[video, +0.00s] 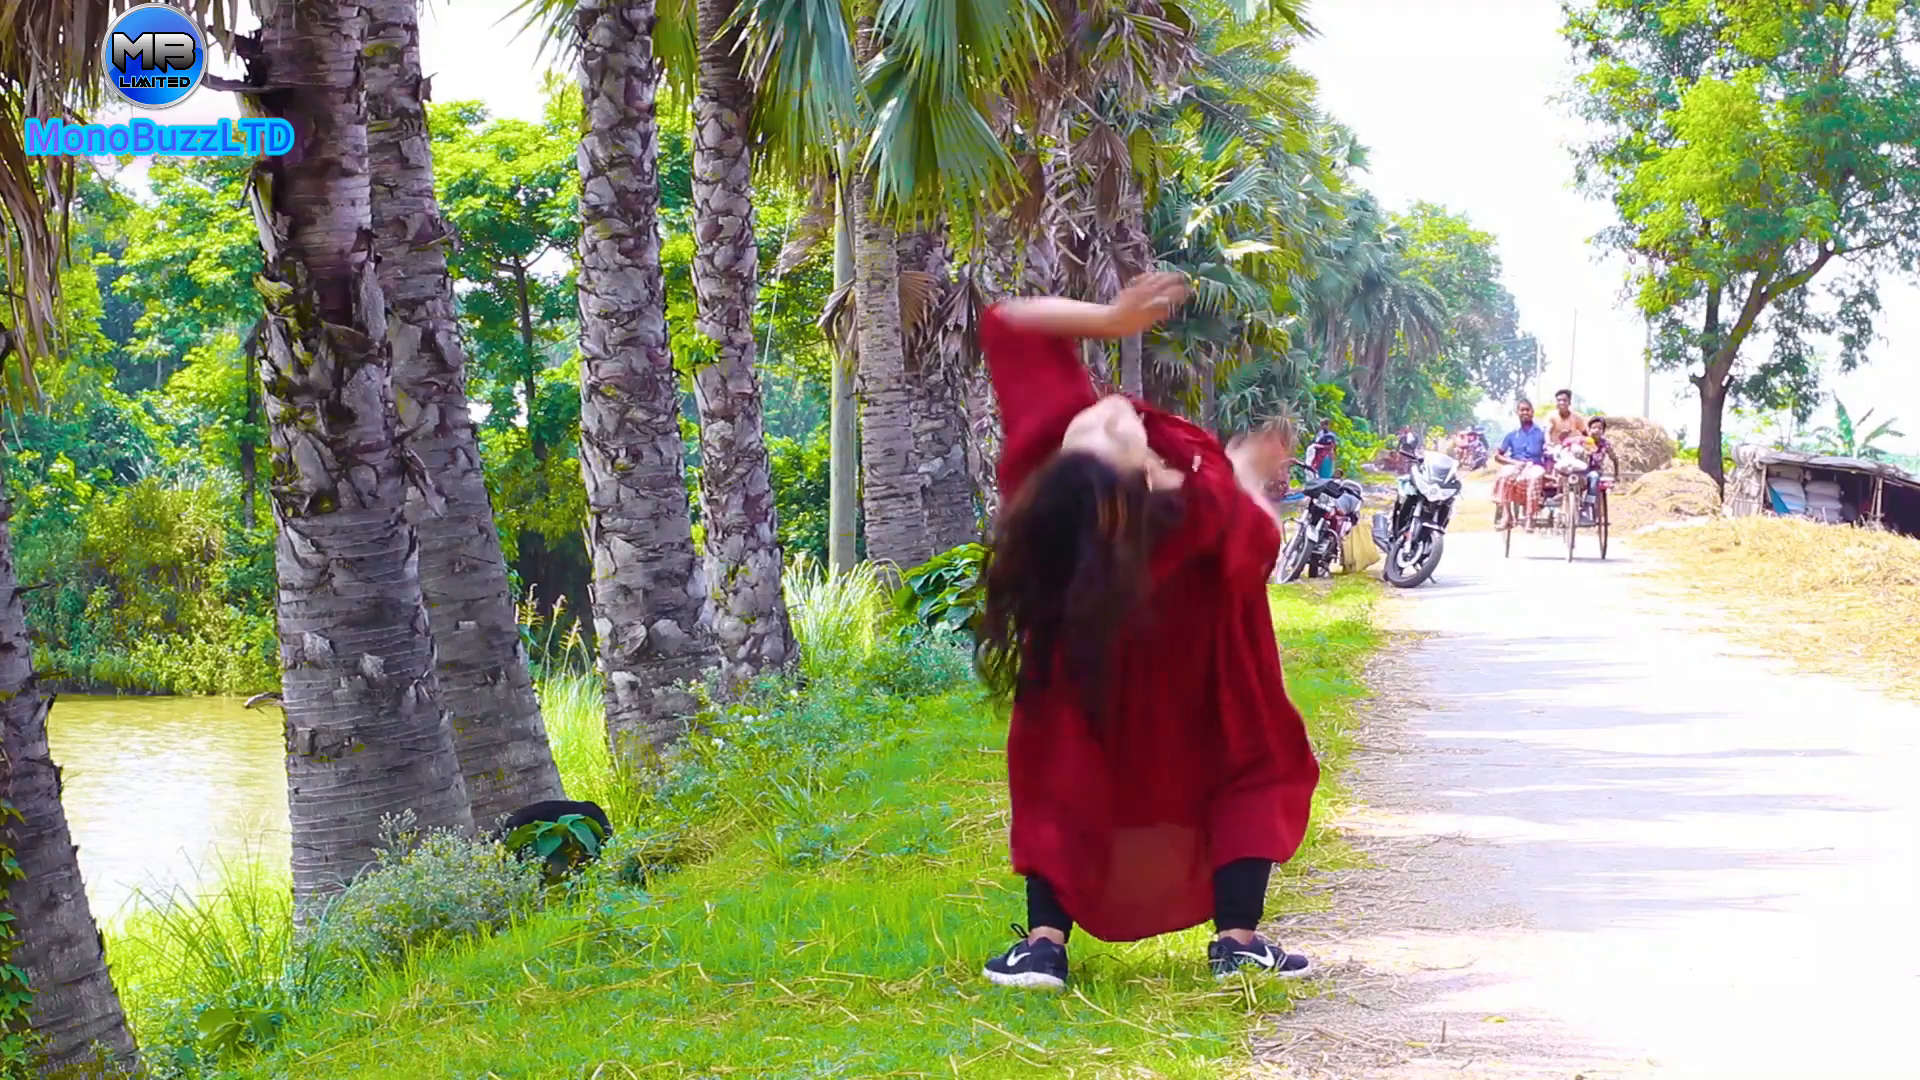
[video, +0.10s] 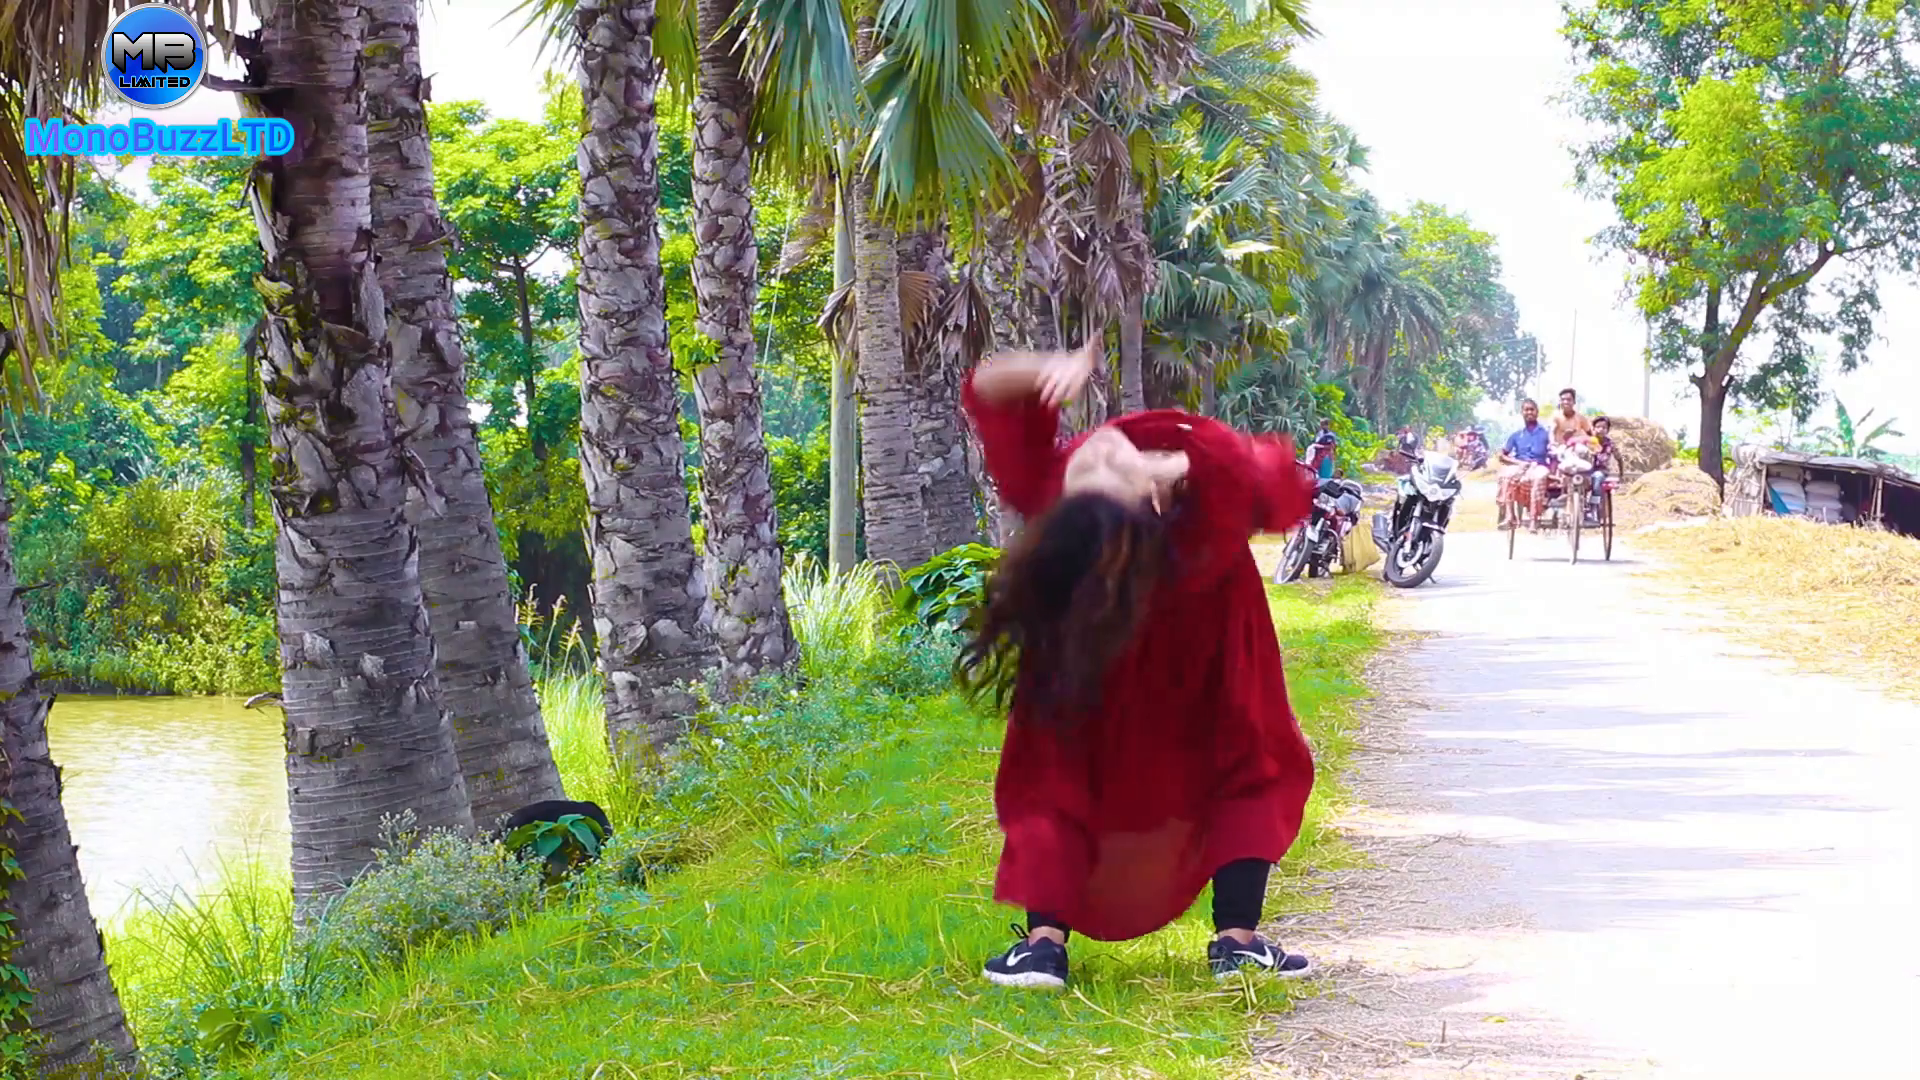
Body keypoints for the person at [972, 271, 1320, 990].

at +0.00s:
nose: (1105, 411)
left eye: (1089, 430)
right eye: (1119, 440)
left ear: (1060, 455)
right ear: (1148, 482)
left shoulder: (1040, 439)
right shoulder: (1201, 505)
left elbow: (1005, 319)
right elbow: (1259, 544)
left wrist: (1111, 319)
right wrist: (1251, 474)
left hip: (1073, 623)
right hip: (1201, 625)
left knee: (1055, 755)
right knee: (1255, 756)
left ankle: (1044, 941)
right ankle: (1239, 936)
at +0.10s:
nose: (1101, 463)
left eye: (1090, 480)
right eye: (1137, 484)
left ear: (1065, 495)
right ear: (1155, 505)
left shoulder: (1036, 480)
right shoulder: (1216, 465)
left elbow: (985, 384)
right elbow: (1287, 485)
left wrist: (1053, 369)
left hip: (1084, 607)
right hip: (1207, 600)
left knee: (1050, 755)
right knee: (1252, 755)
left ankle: (1044, 941)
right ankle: (1238, 935)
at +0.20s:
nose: (1115, 481)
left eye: (1090, 506)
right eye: (1135, 504)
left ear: (1071, 515)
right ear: (1168, 518)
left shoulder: (1043, 512)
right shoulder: (1219, 443)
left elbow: (980, 448)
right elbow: (1298, 394)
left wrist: (1028, 414)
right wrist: (1265, 376)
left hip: (1094, 616)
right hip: (1216, 613)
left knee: (1044, 757)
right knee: (1256, 756)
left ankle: (1042, 943)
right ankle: (1237, 935)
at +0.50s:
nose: (1093, 525)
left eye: (1075, 546)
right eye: (1109, 546)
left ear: (1060, 559)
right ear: (1154, 562)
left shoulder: (1046, 525)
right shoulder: (1204, 513)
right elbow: (1274, 478)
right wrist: (1173, 457)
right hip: (1236, 639)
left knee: (1063, 775)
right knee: (1278, 768)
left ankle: (1044, 941)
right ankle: (1242, 937)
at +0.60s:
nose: (1081, 510)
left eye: (1057, 553)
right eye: (1089, 558)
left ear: (1042, 554)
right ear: (1134, 577)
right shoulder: (1193, 545)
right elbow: (1302, 543)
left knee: (1070, 781)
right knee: (1272, 767)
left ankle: (1045, 942)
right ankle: (1242, 936)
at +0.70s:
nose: (1080, 550)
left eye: (1061, 573)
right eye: (1095, 578)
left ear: (1039, 571)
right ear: (1130, 594)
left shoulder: (1029, 478)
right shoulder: (1194, 576)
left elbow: (1002, 402)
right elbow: (1310, 562)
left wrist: (1105, 374)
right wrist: (1307, 572)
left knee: (1066, 768)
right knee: (1258, 766)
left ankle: (1043, 944)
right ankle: (1241, 938)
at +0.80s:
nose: (1091, 562)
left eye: (1073, 585)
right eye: (1106, 584)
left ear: (1059, 576)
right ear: (1143, 597)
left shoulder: (1040, 506)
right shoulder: (1207, 566)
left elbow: (977, 411)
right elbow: (1285, 564)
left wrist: (1064, 366)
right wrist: (1346, 491)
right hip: (1206, 640)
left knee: (1050, 766)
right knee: (1260, 764)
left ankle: (1041, 943)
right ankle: (1240, 939)